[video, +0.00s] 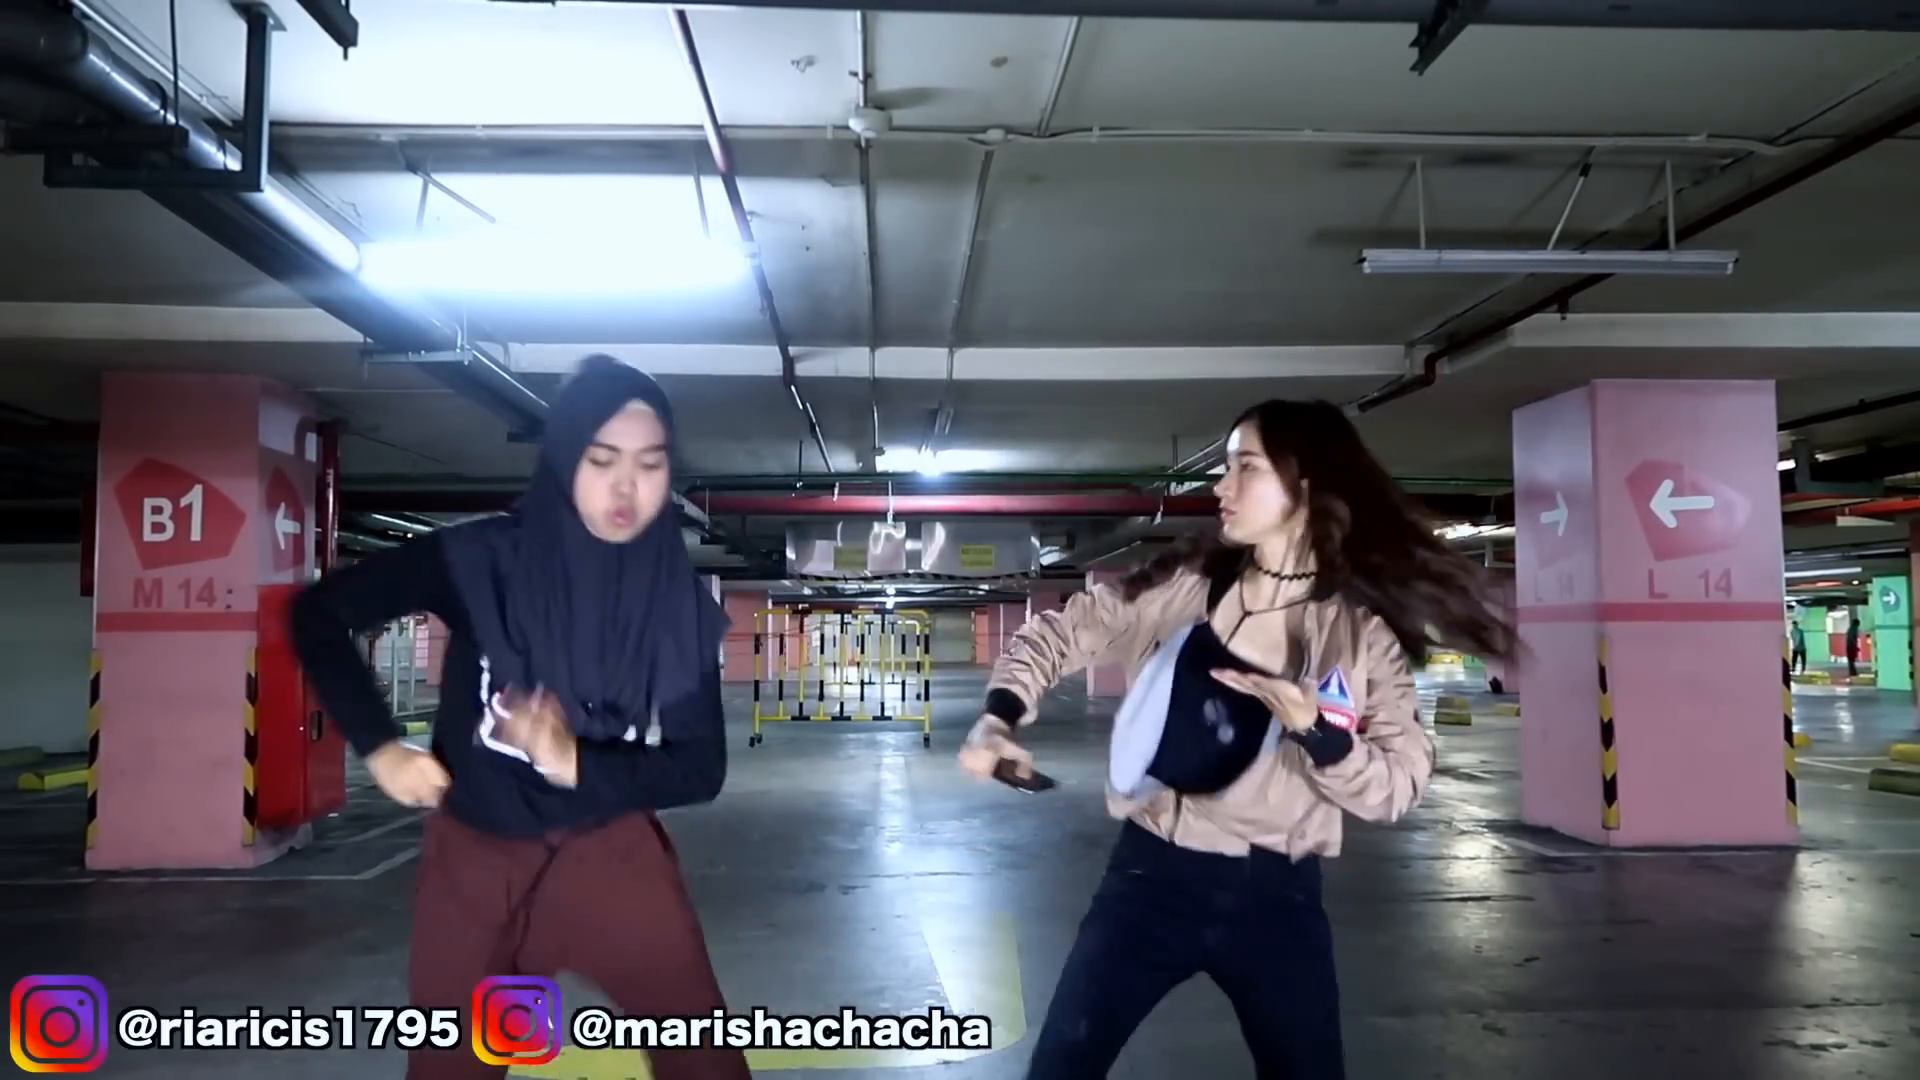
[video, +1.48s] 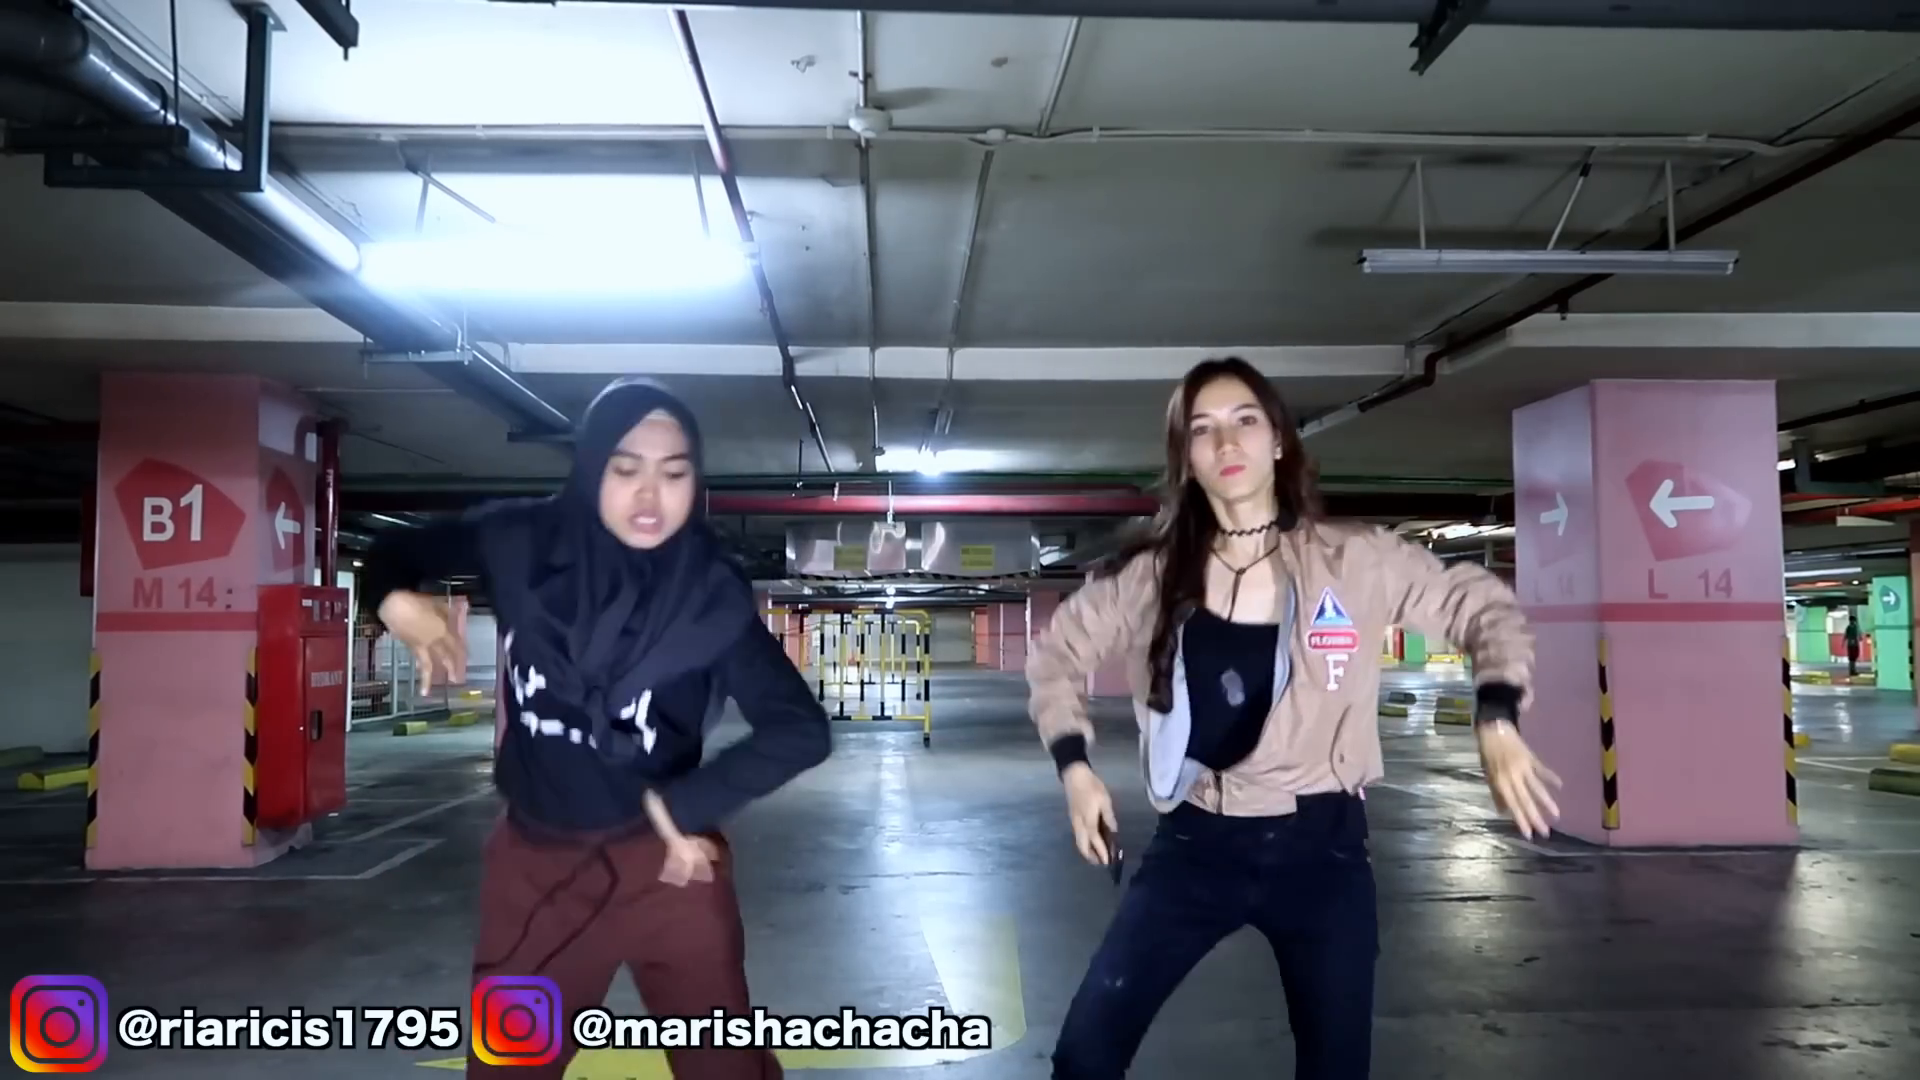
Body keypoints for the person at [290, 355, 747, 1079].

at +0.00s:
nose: (627, 489)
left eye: (651, 464)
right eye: (603, 461)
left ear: (670, 470)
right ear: (561, 461)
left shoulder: (678, 599)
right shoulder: (478, 557)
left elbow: (701, 769)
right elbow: (318, 612)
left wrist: (578, 766)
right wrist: (380, 743)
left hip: (614, 860)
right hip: (471, 861)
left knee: (707, 1063)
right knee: (444, 1067)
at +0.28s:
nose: (554, 510)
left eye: (573, 483)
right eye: (526, 484)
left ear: (590, 480)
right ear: (477, 484)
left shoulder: (607, 552)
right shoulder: (433, 574)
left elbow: (720, 565)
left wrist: (680, 686)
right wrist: (452, 663)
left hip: (570, 840)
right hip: (444, 862)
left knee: (708, 933)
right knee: (422, 1068)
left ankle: (635, 1056)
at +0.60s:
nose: (630, 544)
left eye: (644, 517)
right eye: (602, 519)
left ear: (657, 516)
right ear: (546, 521)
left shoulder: (656, 566)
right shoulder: (522, 644)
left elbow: (759, 539)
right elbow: (551, 798)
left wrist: (764, 653)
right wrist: (607, 912)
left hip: (670, 897)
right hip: (554, 898)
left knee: (714, 1067)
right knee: (497, 1066)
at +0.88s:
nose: (755, 529)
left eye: (775, 502)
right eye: (727, 504)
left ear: (795, 507)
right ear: (682, 503)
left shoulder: (788, 615)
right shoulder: (623, 570)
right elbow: (561, 667)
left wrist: (797, 691)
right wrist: (521, 785)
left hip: (721, 855)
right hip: (596, 836)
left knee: (748, 1065)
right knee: (587, 1033)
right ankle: (615, 1061)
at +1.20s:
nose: (745, 498)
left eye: (772, 477)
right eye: (727, 469)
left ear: (796, 494)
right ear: (694, 473)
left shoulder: (775, 606)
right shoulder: (640, 550)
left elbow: (688, 769)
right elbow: (611, 684)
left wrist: (662, 704)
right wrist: (561, 763)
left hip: (708, 847)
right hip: (582, 840)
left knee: (740, 1064)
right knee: (529, 1060)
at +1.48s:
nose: (651, 495)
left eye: (675, 471)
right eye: (626, 469)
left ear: (697, 481)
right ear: (588, 473)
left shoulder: (710, 592)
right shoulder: (520, 539)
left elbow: (800, 731)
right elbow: (389, 554)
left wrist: (682, 805)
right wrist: (392, 597)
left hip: (669, 864)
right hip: (534, 864)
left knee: (725, 1066)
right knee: (503, 1063)